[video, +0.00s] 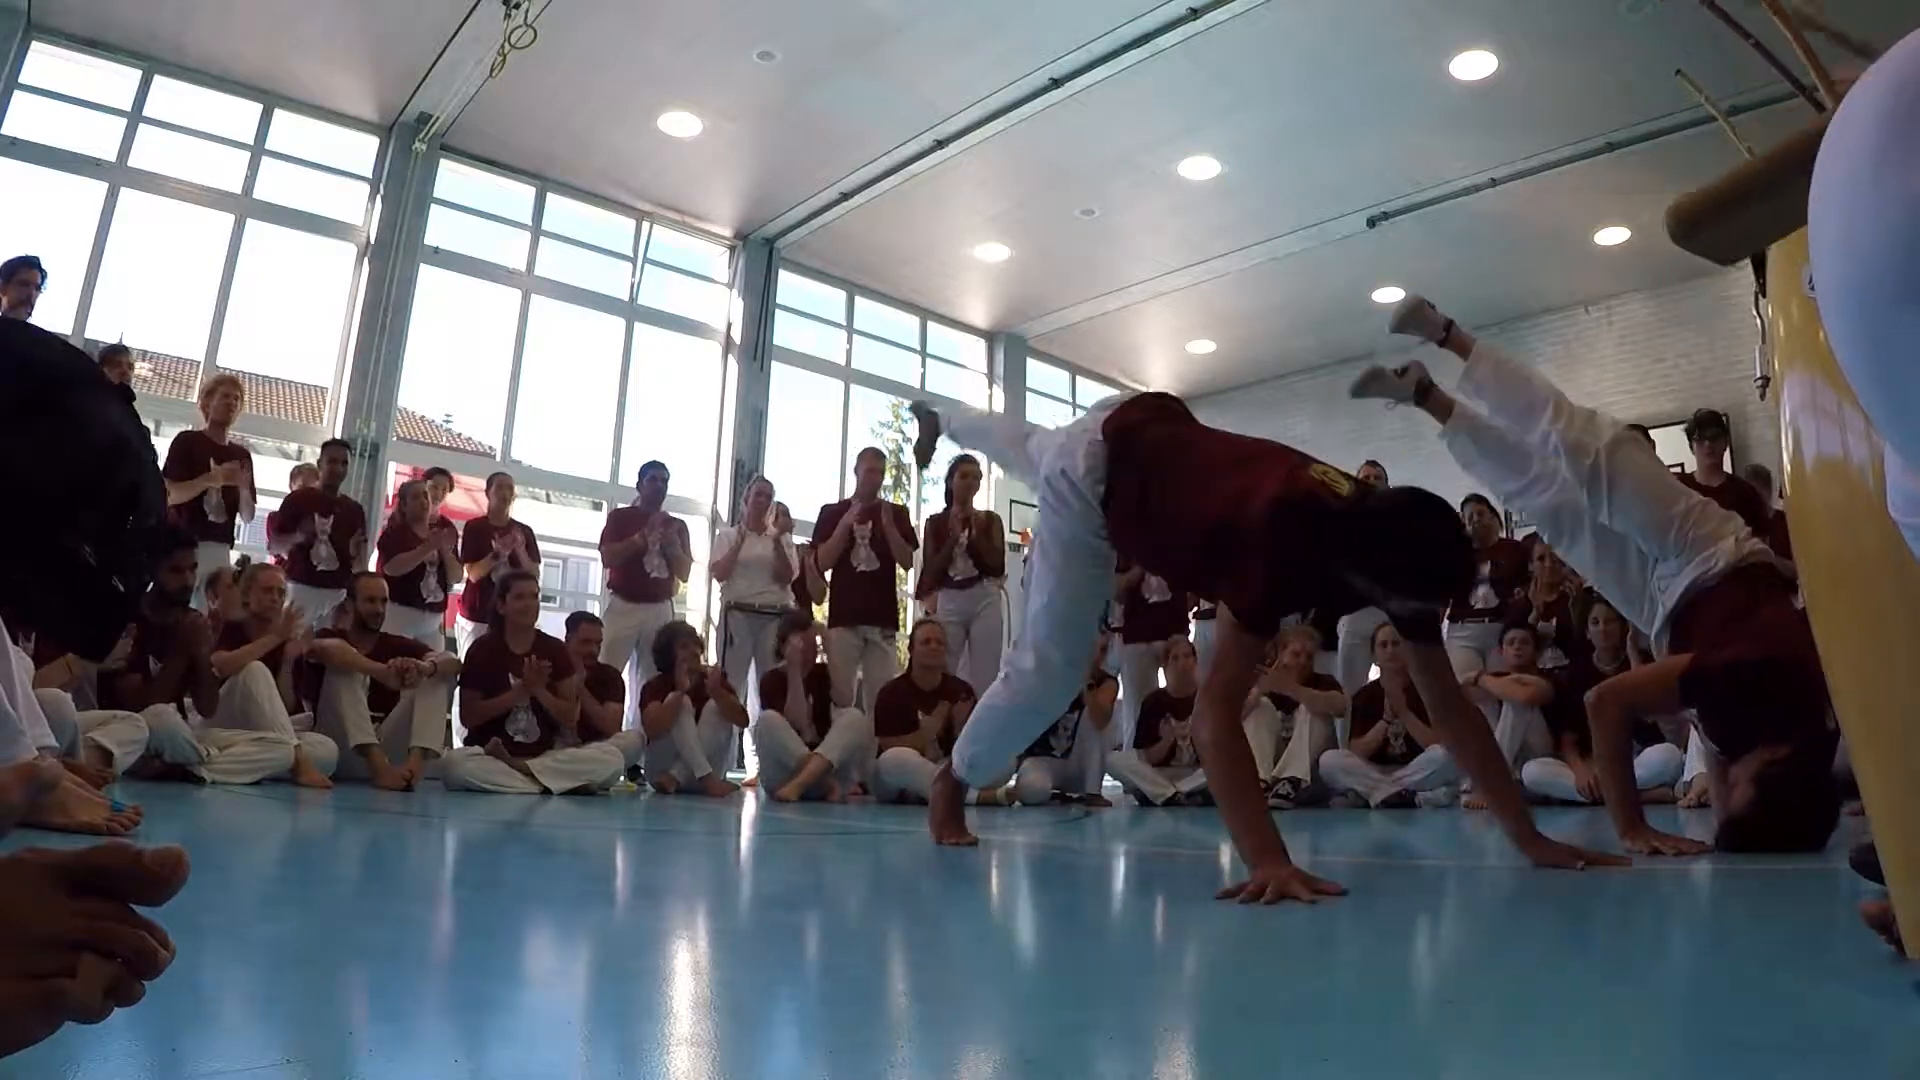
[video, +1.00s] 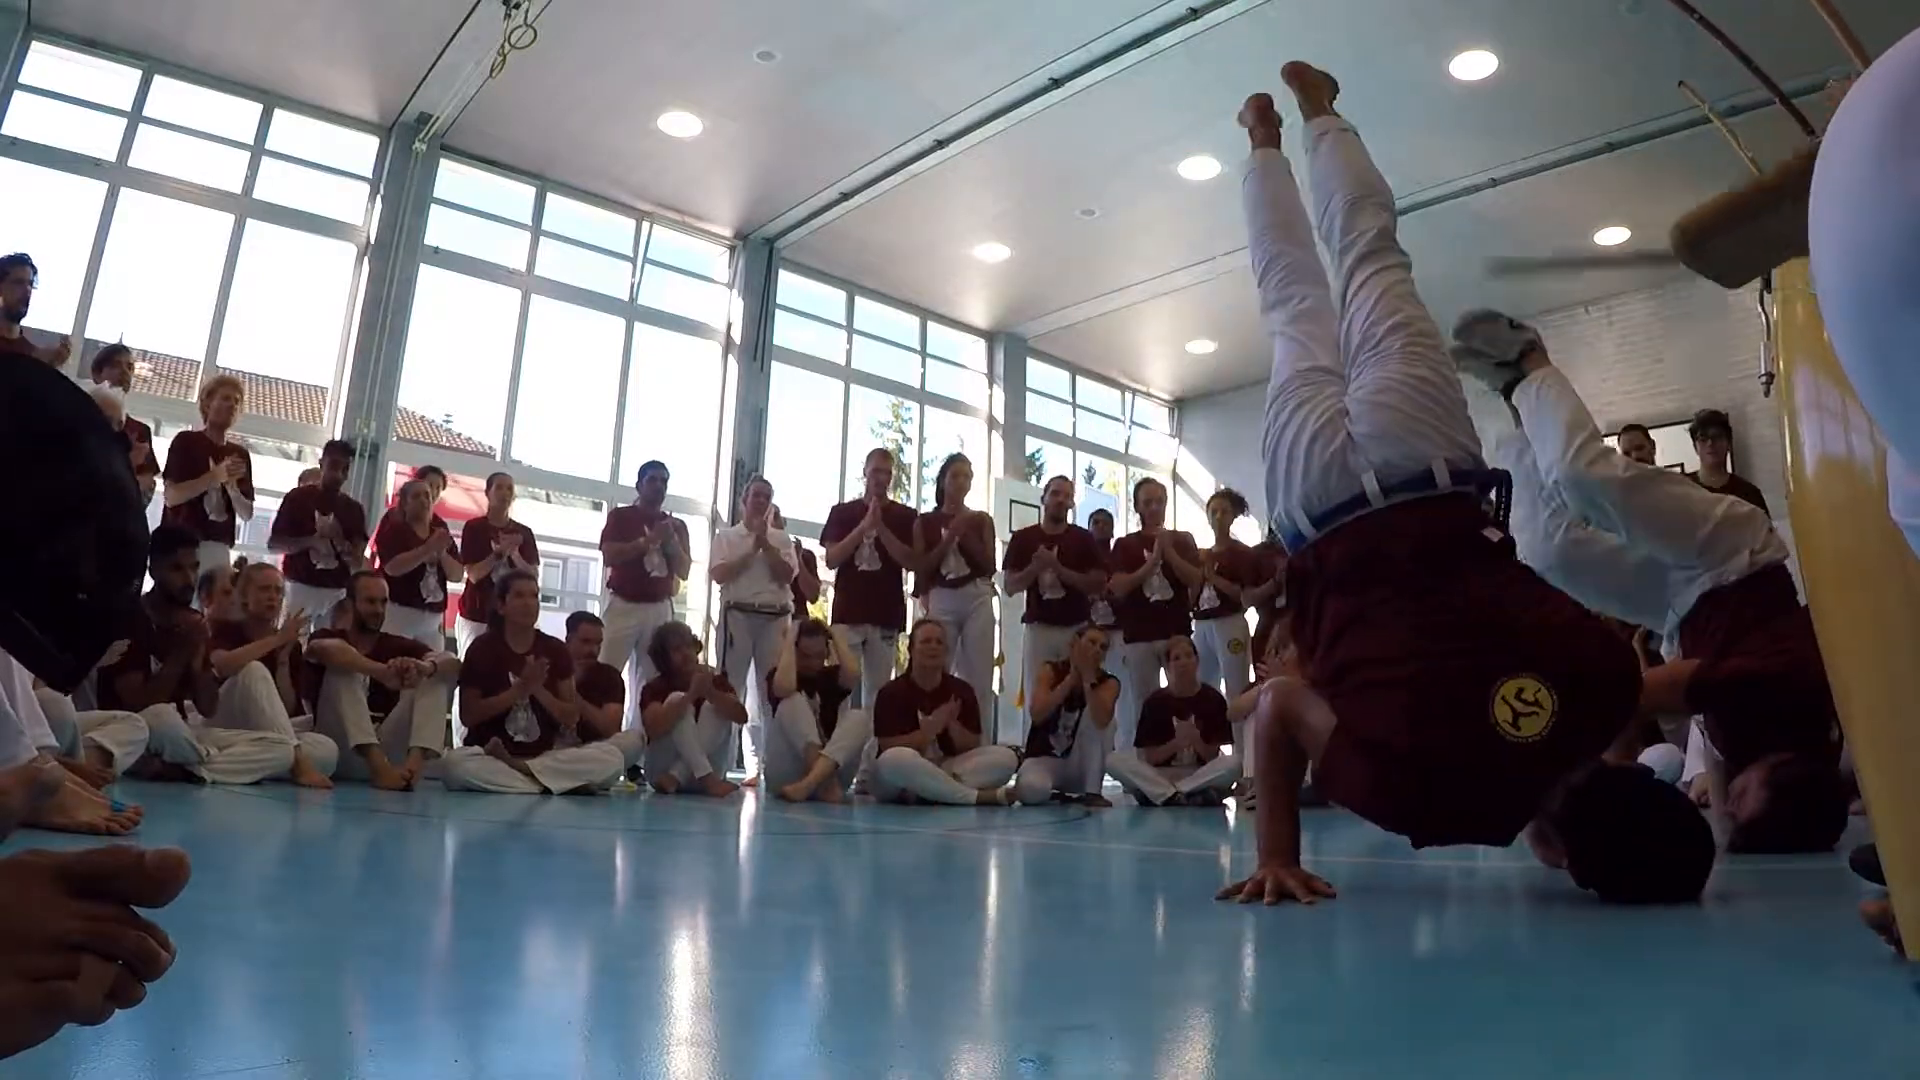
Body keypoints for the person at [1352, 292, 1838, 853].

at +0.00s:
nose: (1717, 799)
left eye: (1723, 811)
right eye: (1730, 798)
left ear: (1777, 766)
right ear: (1761, 767)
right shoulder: (1759, 685)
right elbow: (1606, 701)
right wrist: (1632, 829)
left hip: (1669, 610)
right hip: (1706, 549)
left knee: (1563, 517)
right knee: (1581, 440)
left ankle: (1428, 397)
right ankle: (1451, 334)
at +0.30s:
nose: (1728, 799)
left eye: (1730, 812)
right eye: (1740, 800)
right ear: (1766, 776)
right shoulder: (1774, 697)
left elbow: (1620, 711)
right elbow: (1637, 692)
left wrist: (1633, 825)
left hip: (1673, 605)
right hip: (1718, 557)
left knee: (1579, 483)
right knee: (1599, 421)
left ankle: (1457, 335)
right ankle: (1468, 297)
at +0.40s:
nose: (1727, 799)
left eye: (1728, 812)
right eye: (1738, 800)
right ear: (1764, 776)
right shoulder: (1773, 701)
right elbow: (1665, 687)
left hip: (1672, 602)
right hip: (1716, 557)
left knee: (1580, 477)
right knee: (1600, 416)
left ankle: (1457, 328)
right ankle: (1469, 289)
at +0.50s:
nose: (1735, 800)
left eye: (1735, 817)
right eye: (1746, 796)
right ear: (1767, 774)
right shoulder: (1784, 695)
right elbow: (1612, 693)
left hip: (1670, 613)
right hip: (1721, 558)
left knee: (1579, 472)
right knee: (1604, 416)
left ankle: (1460, 323)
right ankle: (1476, 289)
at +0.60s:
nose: (1734, 803)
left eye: (1738, 821)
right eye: (1746, 800)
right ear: (1766, 776)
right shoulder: (1782, 694)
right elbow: (1621, 697)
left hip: (1674, 609)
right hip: (1722, 557)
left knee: (1582, 471)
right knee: (1606, 416)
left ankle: (1462, 318)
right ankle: (1477, 286)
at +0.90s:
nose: (1726, 801)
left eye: (1731, 817)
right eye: (1740, 800)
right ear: (1771, 775)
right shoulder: (1782, 696)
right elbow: (1630, 692)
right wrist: (1615, 779)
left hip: (1682, 610)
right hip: (1733, 561)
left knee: (1559, 509)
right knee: (1596, 455)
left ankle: (1492, 354)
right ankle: (1501, 320)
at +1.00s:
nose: (1720, 800)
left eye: (1728, 815)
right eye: (1737, 798)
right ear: (1767, 772)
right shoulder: (1782, 692)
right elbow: (1630, 695)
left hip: (1686, 618)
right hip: (1737, 556)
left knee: (1547, 549)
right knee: (1584, 475)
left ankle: (1518, 403)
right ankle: (1531, 364)